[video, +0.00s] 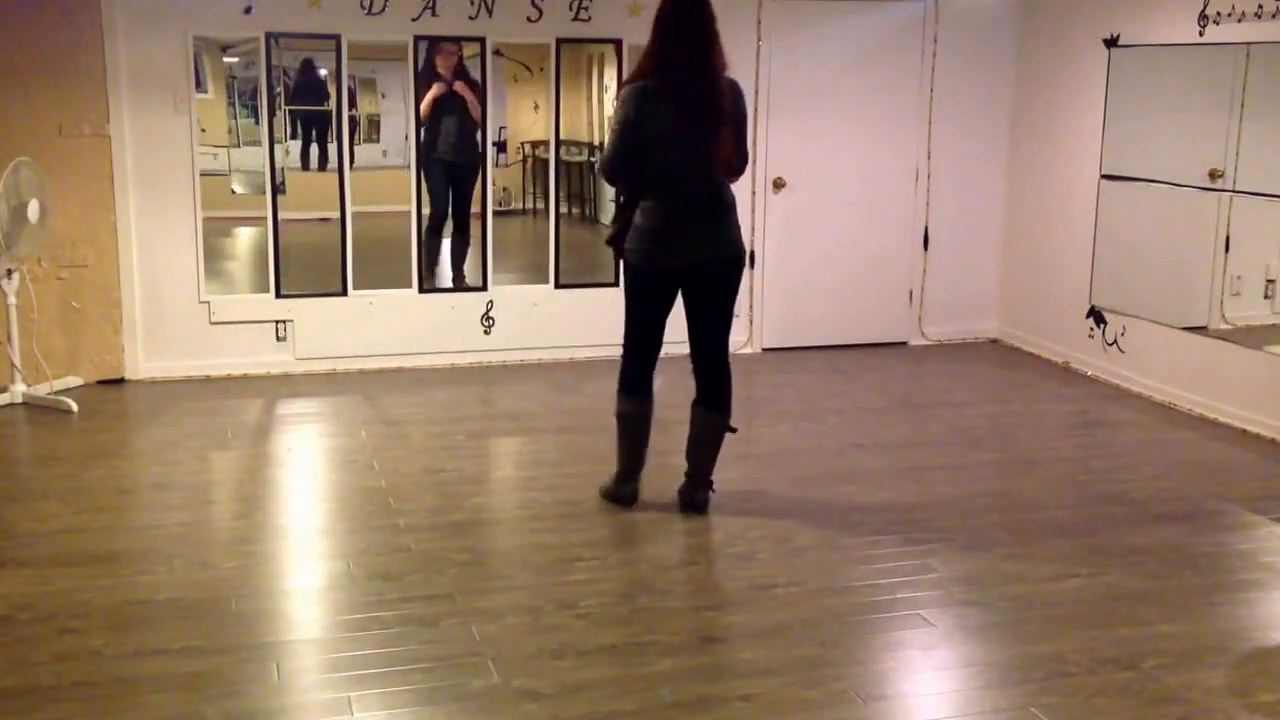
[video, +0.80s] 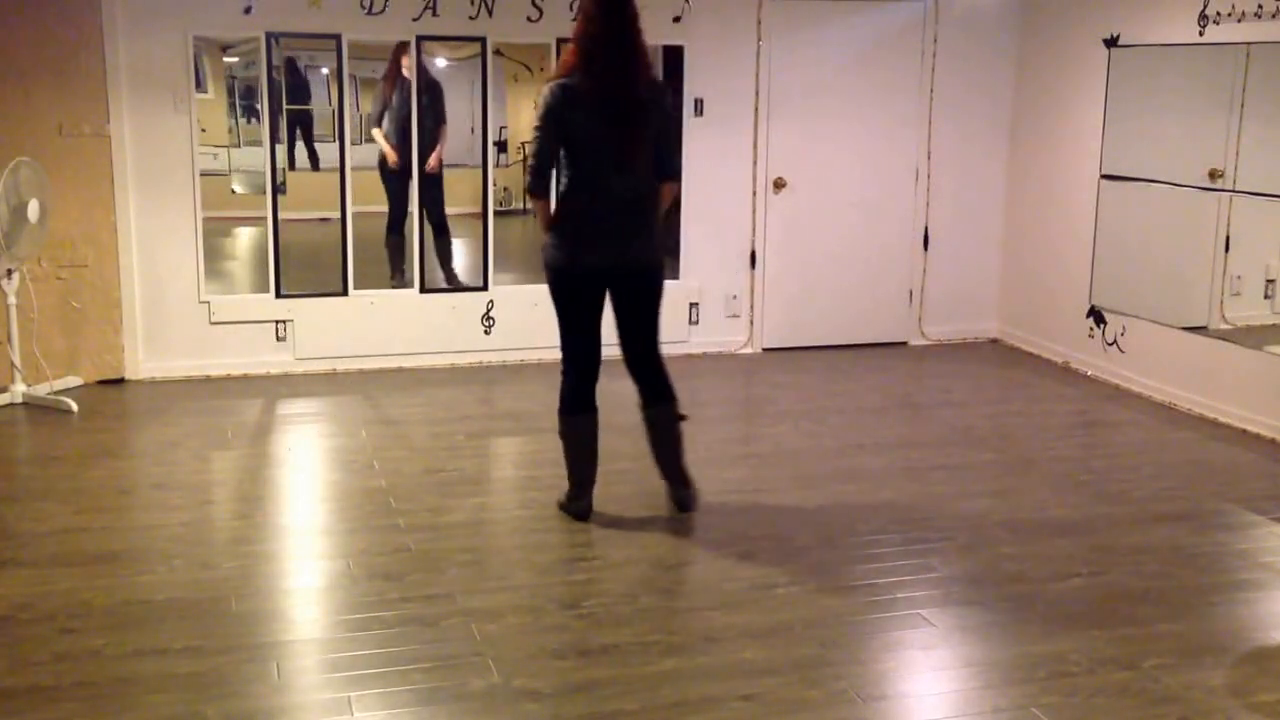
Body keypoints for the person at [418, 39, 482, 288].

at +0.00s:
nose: (450, 57)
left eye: (454, 52)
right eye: (445, 52)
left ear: (459, 56)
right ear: (434, 54)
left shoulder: (469, 83)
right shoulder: (425, 81)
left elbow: (480, 119)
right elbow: (419, 119)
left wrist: (468, 96)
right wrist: (431, 95)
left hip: (466, 156)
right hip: (435, 156)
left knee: (462, 216)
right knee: (440, 212)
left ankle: (458, 272)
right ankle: (429, 270)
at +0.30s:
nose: (441, 55)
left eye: (443, 51)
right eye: (436, 51)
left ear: (448, 55)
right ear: (425, 56)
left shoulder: (462, 86)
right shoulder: (418, 85)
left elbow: (476, 124)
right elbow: (407, 125)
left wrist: (457, 108)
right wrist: (430, 125)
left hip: (460, 156)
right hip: (430, 157)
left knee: (459, 215)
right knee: (420, 212)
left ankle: (459, 274)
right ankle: (399, 271)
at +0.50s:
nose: (428, 55)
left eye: (431, 50)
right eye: (422, 51)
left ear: (435, 54)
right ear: (414, 55)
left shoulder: (450, 85)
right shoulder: (404, 85)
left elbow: (462, 121)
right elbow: (395, 125)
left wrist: (455, 138)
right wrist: (407, 149)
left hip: (446, 156)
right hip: (415, 157)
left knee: (451, 214)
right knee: (409, 215)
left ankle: (459, 276)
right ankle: (398, 274)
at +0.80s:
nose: (411, 61)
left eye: (414, 56)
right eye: (407, 56)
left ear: (420, 58)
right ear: (398, 60)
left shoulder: (432, 85)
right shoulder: (389, 86)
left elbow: (442, 124)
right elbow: (374, 124)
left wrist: (438, 152)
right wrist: (387, 149)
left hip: (427, 159)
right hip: (396, 159)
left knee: (437, 217)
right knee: (397, 214)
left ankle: (449, 274)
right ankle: (397, 273)